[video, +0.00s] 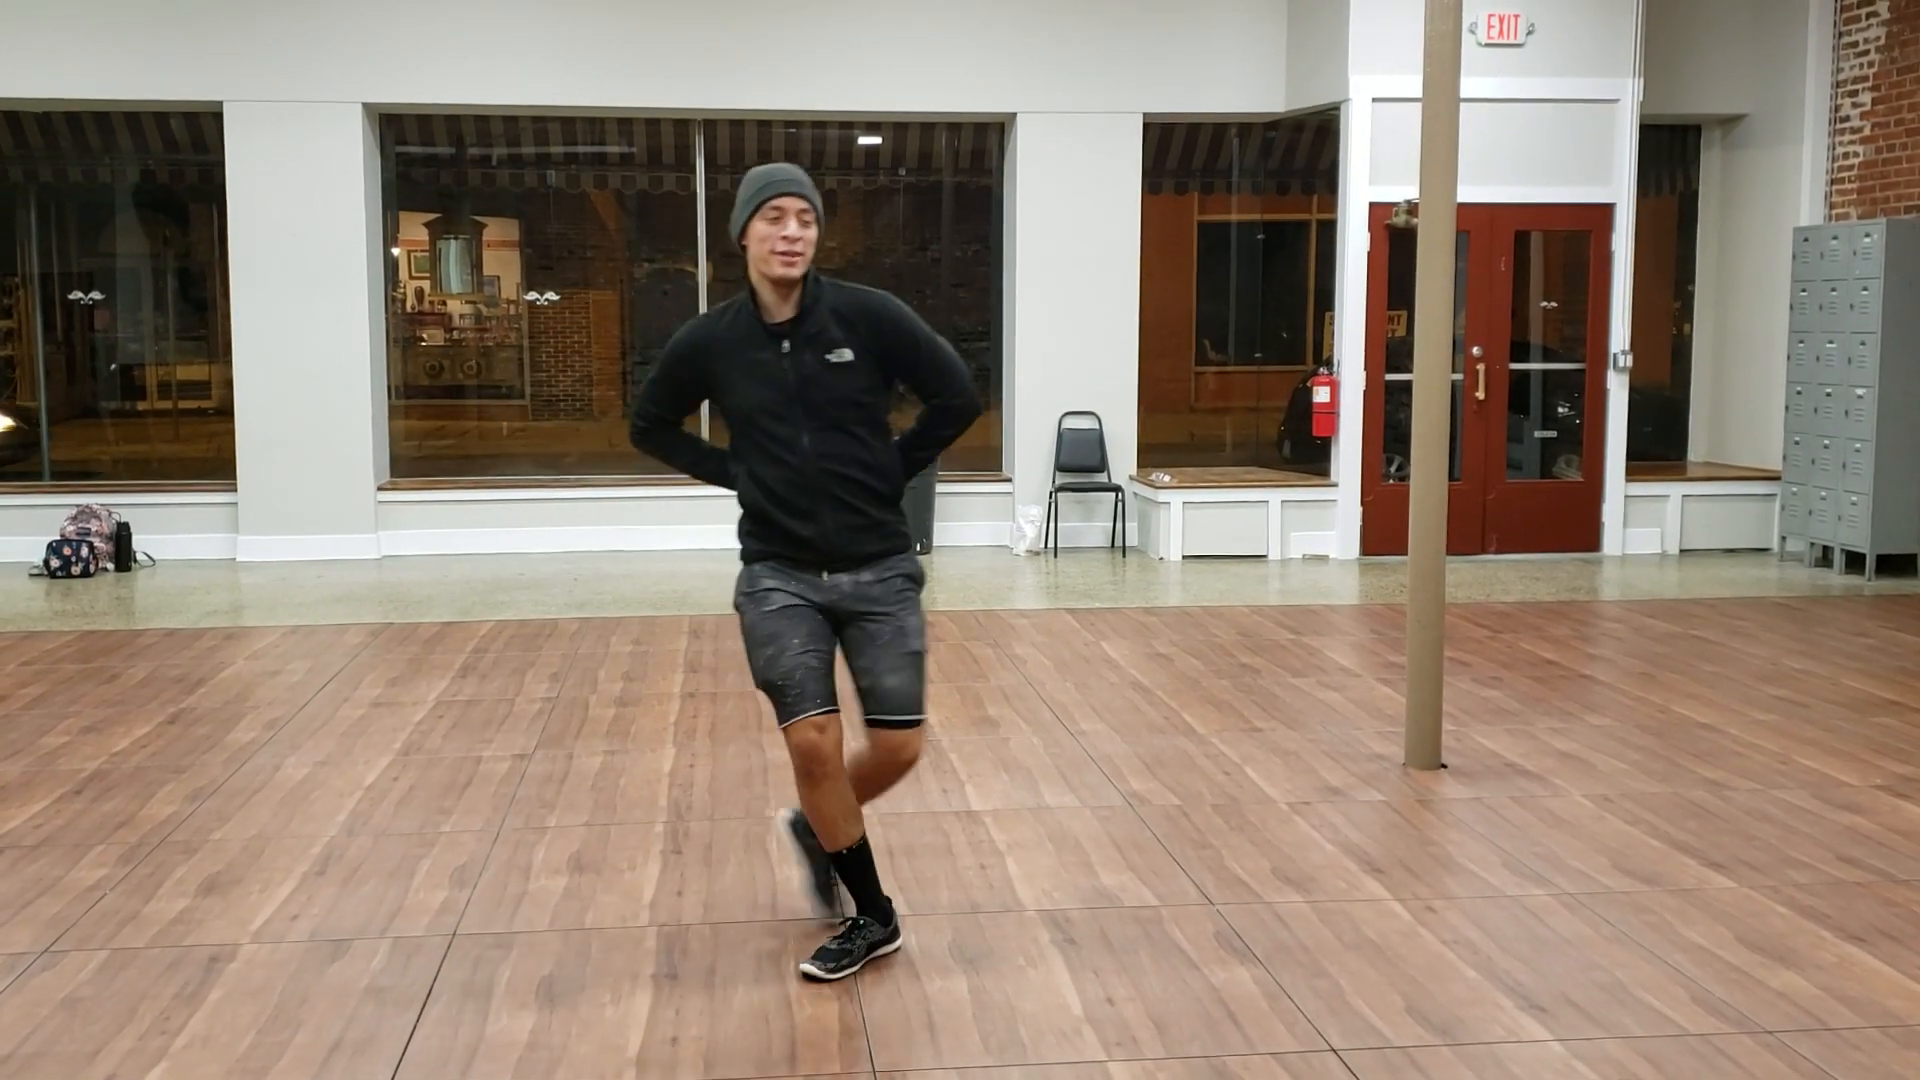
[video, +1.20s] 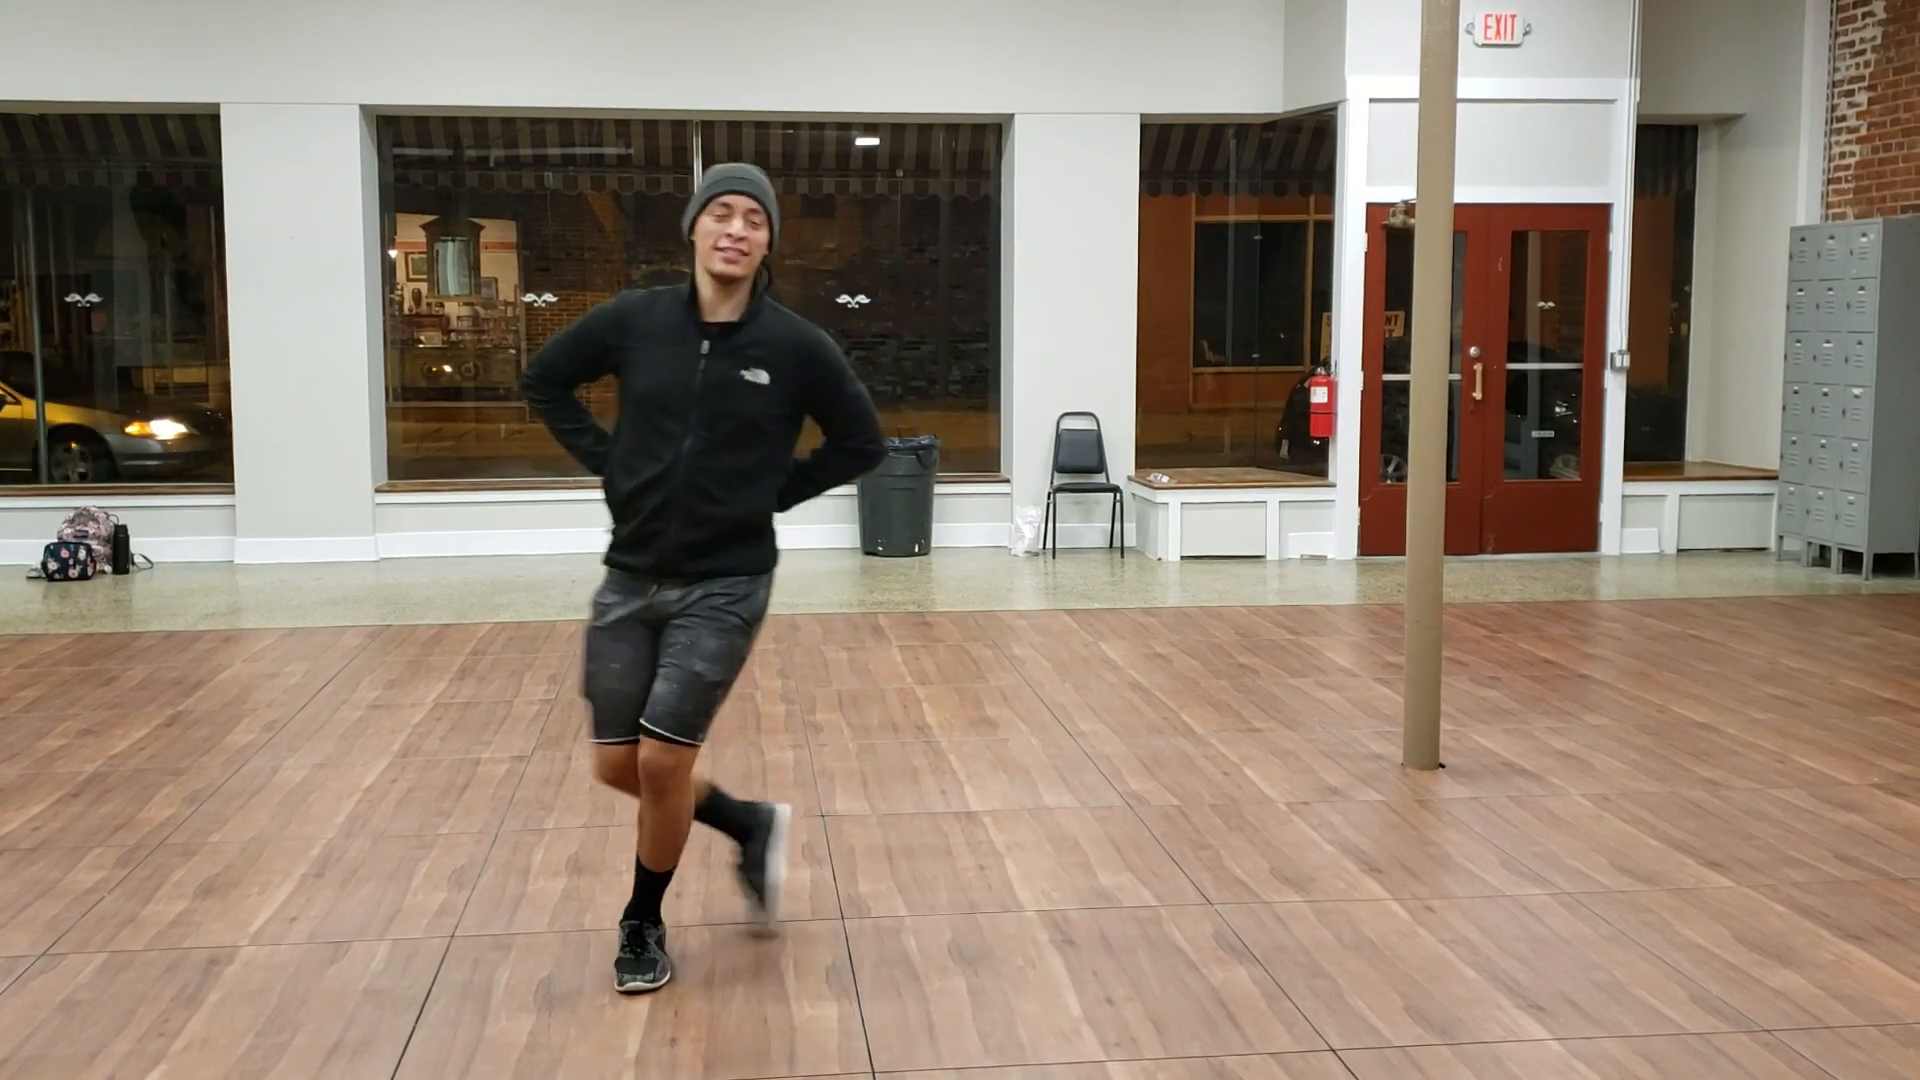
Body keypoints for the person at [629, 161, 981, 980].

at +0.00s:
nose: (790, 232)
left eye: (803, 219)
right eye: (773, 218)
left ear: (819, 236)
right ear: (742, 237)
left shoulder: (869, 316)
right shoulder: (706, 341)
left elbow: (960, 399)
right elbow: (648, 429)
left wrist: (890, 468)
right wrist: (735, 472)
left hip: (878, 568)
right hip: (777, 571)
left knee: (898, 745)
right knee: (814, 746)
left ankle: (813, 824)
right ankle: (874, 916)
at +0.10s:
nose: (822, 214)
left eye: (837, 203)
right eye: (806, 200)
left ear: (852, 222)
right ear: (774, 216)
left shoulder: (898, 304)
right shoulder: (733, 322)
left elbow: (985, 391)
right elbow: (679, 405)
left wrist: (917, 463)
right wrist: (760, 456)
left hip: (904, 554)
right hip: (799, 560)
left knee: (951, 726)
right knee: (823, 736)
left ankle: (921, 851)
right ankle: (873, 915)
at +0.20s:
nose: (855, 200)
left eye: (869, 190)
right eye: (840, 186)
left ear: (883, 210)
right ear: (807, 201)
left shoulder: (922, 295)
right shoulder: (763, 305)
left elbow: (1013, 388)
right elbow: (720, 386)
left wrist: (937, 453)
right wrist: (788, 441)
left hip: (925, 545)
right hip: (820, 552)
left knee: (990, 721)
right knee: (840, 732)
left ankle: (1032, 885)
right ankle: (876, 916)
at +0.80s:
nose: (848, 205)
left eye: (867, 198)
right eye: (838, 189)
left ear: (886, 221)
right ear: (812, 201)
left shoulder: (907, 310)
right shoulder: (775, 298)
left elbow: (995, 414)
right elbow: (729, 364)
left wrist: (913, 466)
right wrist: (775, 423)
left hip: (883, 557)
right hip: (793, 553)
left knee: (894, 735)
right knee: (799, 720)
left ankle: (1006, 868)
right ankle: (870, 857)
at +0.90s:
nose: (815, 208)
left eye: (834, 200)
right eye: (804, 193)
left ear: (852, 223)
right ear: (777, 208)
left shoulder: (878, 314)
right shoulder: (737, 304)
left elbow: (970, 412)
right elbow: (680, 367)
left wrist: (889, 469)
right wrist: (737, 427)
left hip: (849, 551)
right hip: (761, 551)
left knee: (801, 731)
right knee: (790, 731)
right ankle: (864, 863)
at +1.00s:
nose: (786, 219)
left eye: (804, 211)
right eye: (774, 205)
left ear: (821, 232)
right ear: (747, 220)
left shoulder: (853, 323)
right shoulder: (702, 312)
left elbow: (944, 416)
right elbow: (633, 379)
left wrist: (858, 476)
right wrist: (696, 446)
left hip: (813, 561)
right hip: (725, 559)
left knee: (741, 742)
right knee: (776, 740)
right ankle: (872, 853)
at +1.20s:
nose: (736, 229)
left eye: (752, 220)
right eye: (722, 215)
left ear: (768, 245)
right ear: (692, 232)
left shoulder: (799, 347)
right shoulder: (637, 316)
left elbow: (863, 446)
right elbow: (543, 382)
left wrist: (772, 494)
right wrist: (610, 461)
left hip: (727, 575)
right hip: (631, 567)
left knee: (663, 757)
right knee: (616, 761)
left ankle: (642, 923)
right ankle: (750, 824)